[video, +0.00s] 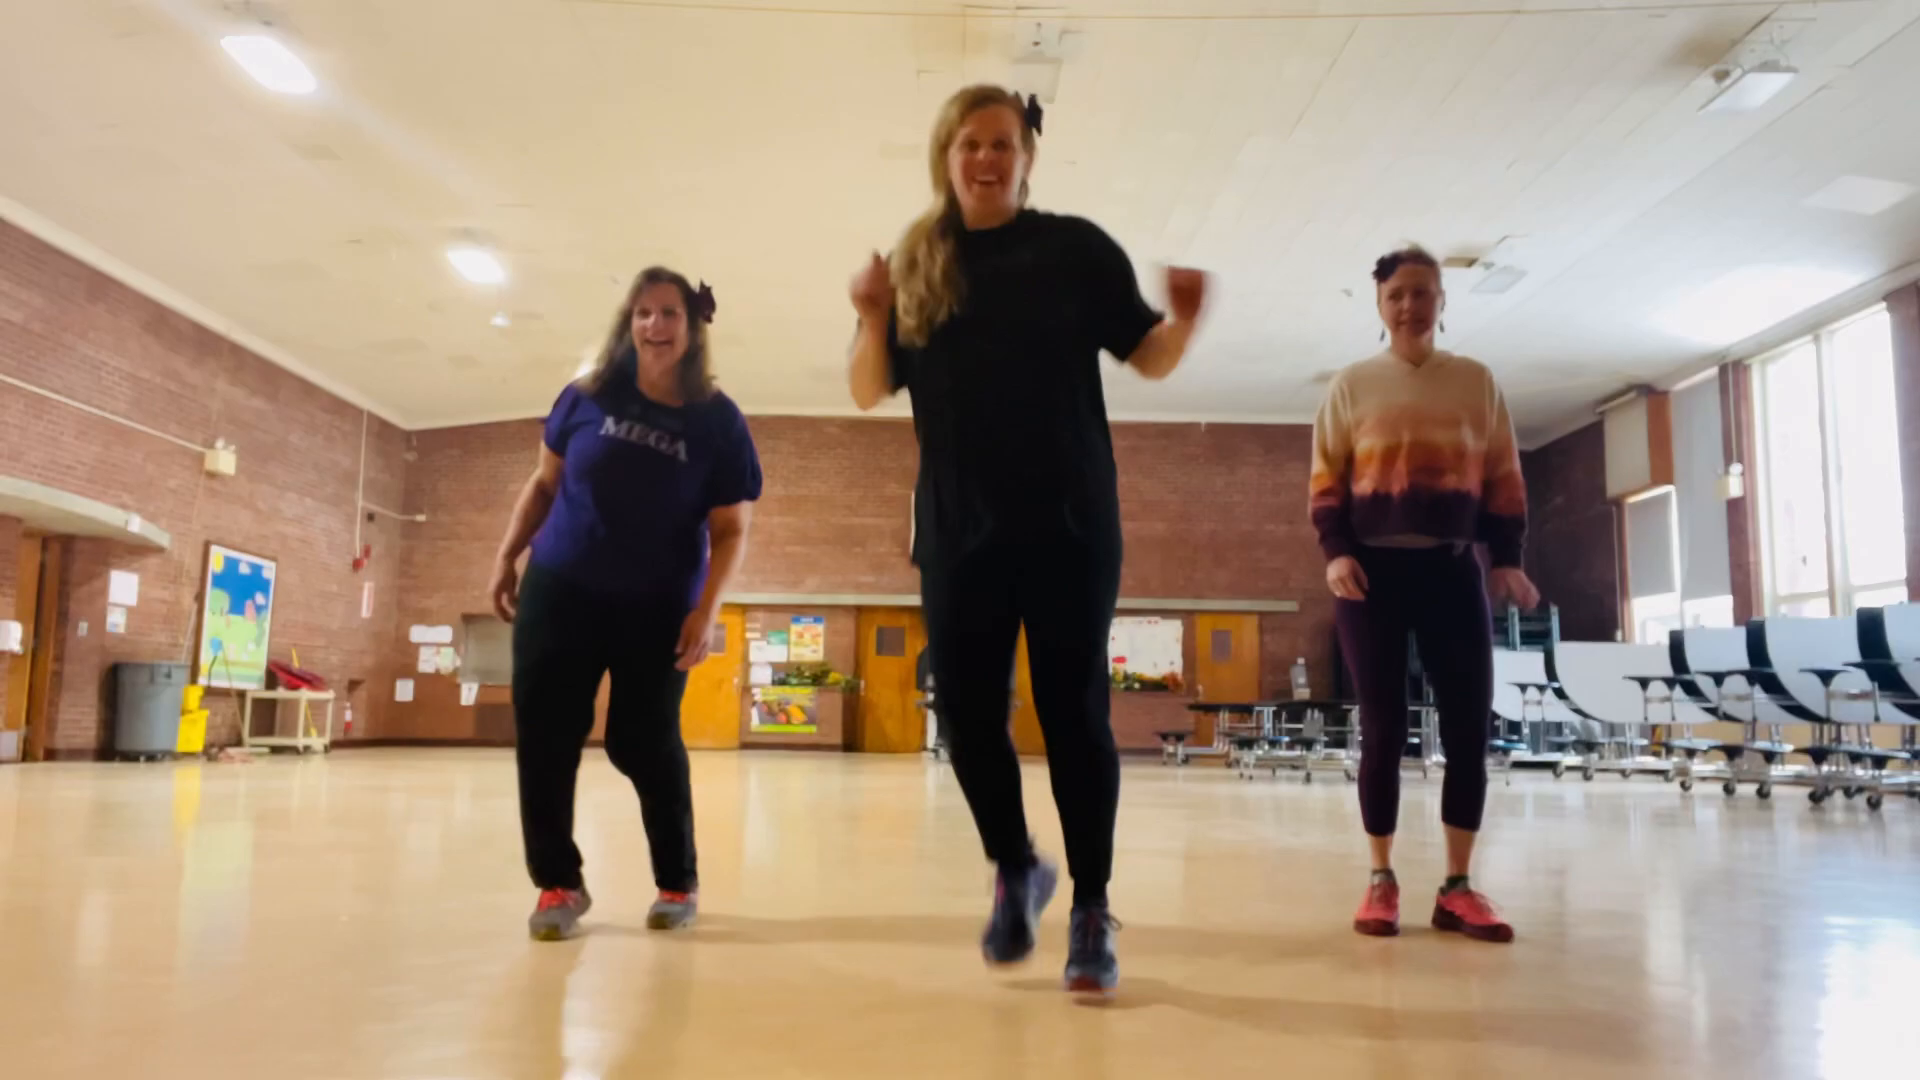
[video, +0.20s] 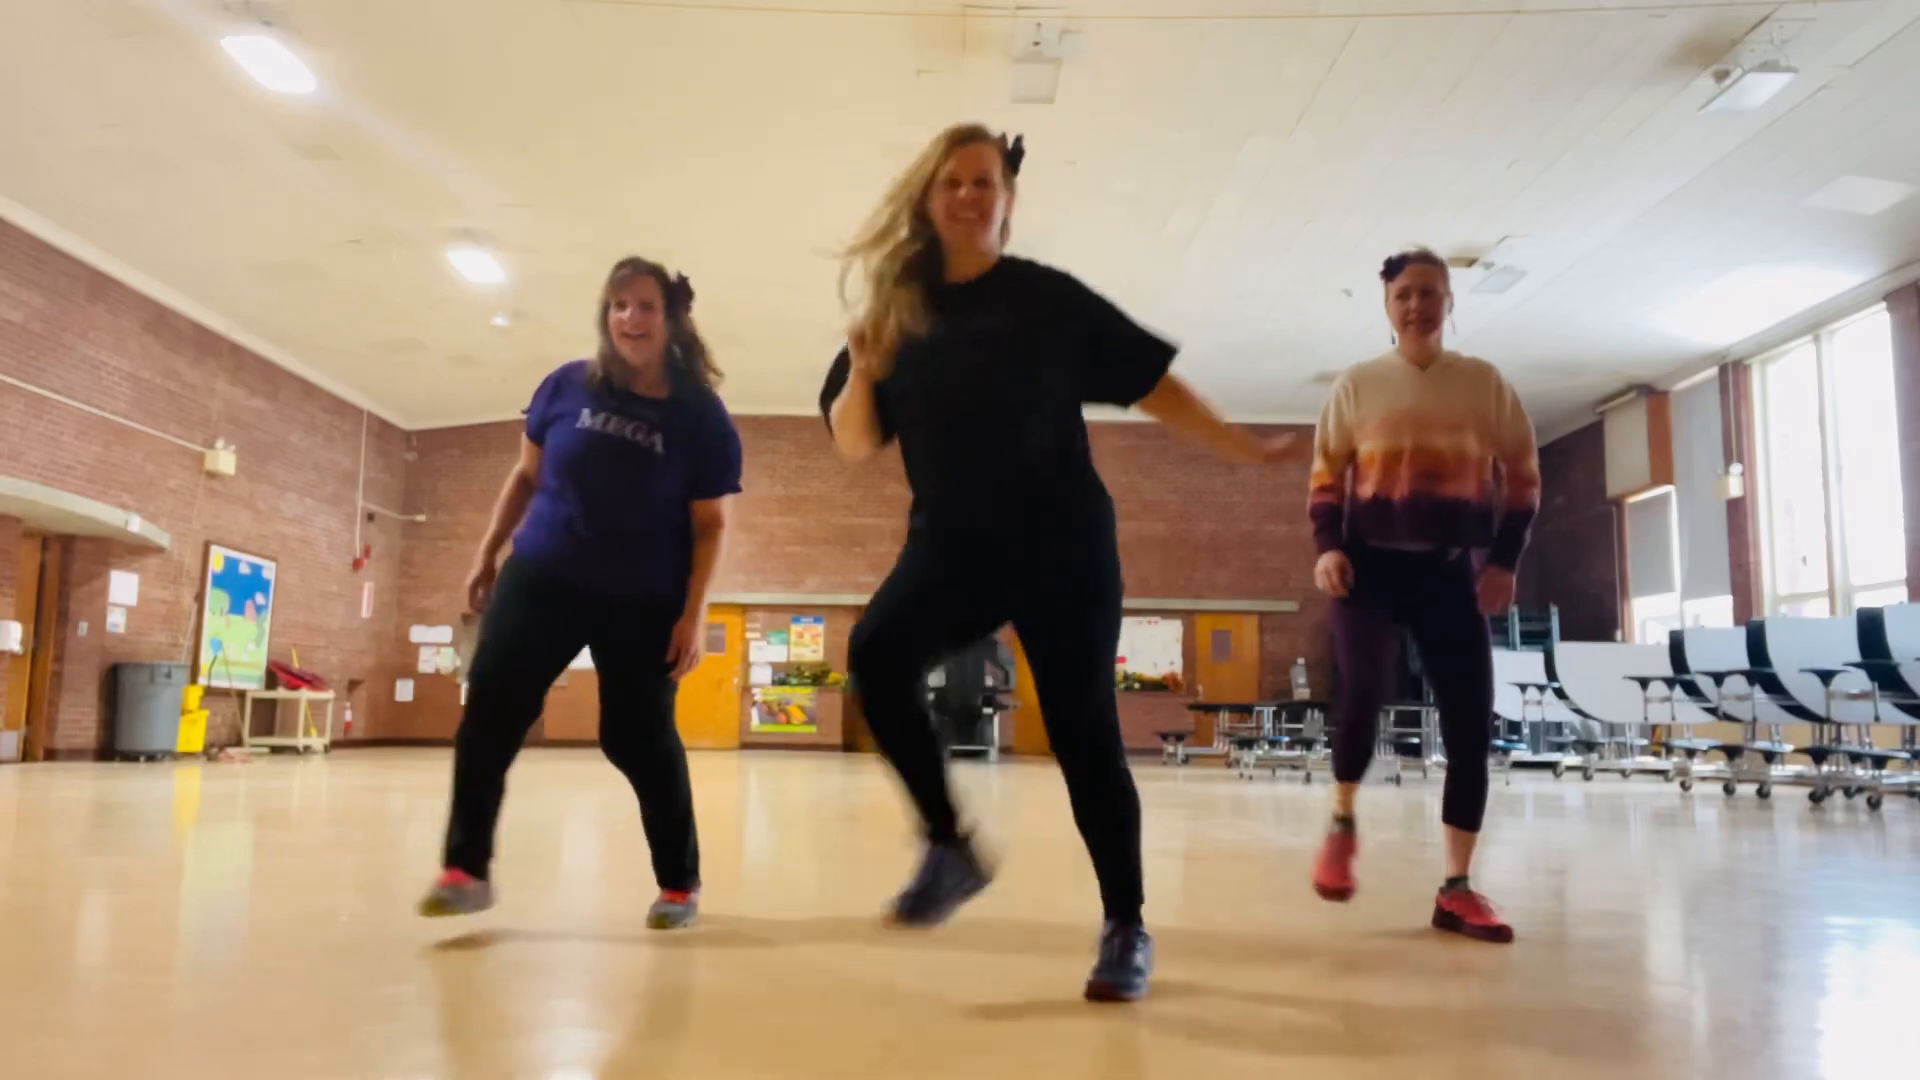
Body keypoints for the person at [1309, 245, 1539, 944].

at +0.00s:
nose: (1412, 305)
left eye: (1422, 293)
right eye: (1398, 294)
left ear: (1441, 301)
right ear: (1379, 304)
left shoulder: (1476, 381)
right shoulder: (1349, 387)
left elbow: (1505, 479)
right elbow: (1326, 484)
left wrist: (1507, 560)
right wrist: (1335, 552)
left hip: (1454, 576)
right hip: (1373, 576)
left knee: (1468, 731)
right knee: (1382, 730)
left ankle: (1457, 888)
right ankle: (1381, 881)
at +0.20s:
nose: (1417, 305)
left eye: (1429, 294)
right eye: (1404, 295)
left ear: (1448, 302)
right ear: (1386, 306)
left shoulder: (1485, 385)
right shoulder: (1355, 387)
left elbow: (1524, 479)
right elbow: (1326, 476)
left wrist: (1502, 561)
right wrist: (1327, 545)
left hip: (1449, 573)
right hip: (1367, 570)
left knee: (1470, 726)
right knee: (1361, 694)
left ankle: (1457, 886)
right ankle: (1342, 823)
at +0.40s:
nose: (1410, 311)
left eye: (1421, 300)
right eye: (1397, 301)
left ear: (1439, 309)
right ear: (1377, 309)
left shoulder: (1467, 393)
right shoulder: (1344, 389)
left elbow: (1499, 479)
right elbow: (1306, 474)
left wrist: (1487, 552)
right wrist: (1291, 543)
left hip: (1422, 576)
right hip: (1343, 570)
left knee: (1482, 725)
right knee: (1295, 707)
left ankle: (1459, 880)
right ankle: (1223, 844)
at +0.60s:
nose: (1373, 319)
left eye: (1385, 309)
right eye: (1362, 306)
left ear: (1398, 319)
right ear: (1338, 310)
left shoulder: (1402, 402)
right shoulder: (1290, 382)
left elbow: (1412, 504)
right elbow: (1241, 468)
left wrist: (1461, 535)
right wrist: (1225, 534)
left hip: (1356, 576)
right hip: (1279, 569)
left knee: (1415, 714)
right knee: (1272, 723)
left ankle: (1451, 876)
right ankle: (1263, 881)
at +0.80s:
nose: (1300, 320)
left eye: (1312, 309)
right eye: (1290, 307)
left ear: (1324, 317)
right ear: (1267, 308)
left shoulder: (1333, 396)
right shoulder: (1223, 386)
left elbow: (1350, 482)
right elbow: (1185, 479)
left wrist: (1386, 447)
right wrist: (1173, 555)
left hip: (1289, 570)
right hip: (1219, 567)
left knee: (1330, 719)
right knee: (1238, 720)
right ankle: (1256, 875)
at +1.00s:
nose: (1241, 339)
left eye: (1251, 328)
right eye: (1229, 326)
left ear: (1264, 333)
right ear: (1206, 327)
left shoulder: (1287, 407)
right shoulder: (1169, 407)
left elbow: (1328, 503)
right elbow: (1136, 502)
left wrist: (1329, 500)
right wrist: (1110, 570)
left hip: (1243, 583)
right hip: (1168, 579)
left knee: (1241, 723)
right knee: (1166, 710)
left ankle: (1198, 866)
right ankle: (1204, 855)